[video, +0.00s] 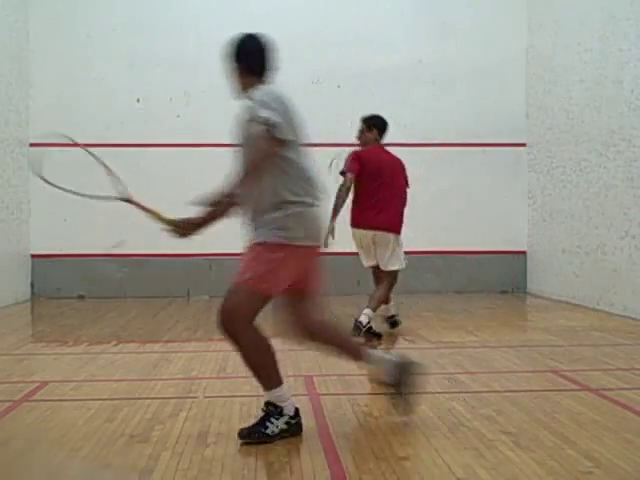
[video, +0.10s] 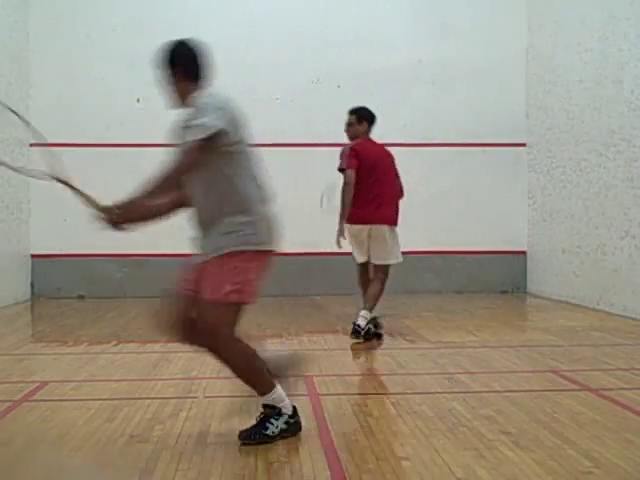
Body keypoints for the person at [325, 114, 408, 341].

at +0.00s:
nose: (358, 136)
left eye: (362, 132)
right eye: (359, 131)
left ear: (373, 133)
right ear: (379, 134)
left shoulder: (357, 157)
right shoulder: (396, 162)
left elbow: (346, 185)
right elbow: (403, 192)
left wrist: (332, 220)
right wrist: (395, 222)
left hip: (360, 226)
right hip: (389, 228)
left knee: (377, 273)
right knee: (388, 278)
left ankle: (389, 313)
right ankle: (364, 318)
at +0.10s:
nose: (346, 129)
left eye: (350, 124)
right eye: (347, 124)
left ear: (363, 125)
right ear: (366, 127)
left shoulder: (352, 149)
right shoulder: (385, 153)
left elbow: (349, 181)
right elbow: (399, 191)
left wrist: (342, 221)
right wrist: (381, 208)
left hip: (358, 218)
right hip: (384, 220)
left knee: (363, 268)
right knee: (379, 275)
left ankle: (370, 317)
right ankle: (362, 320)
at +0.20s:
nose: (335, 124)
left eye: (339, 119)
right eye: (335, 119)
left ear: (353, 119)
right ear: (356, 121)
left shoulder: (343, 144)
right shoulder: (376, 146)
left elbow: (348, 178)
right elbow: (392, 183)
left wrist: (345, 215)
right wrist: (380, 207)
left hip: (354, 214)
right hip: (378, 215)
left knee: (347, 262)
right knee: (374, 270)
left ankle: (352, 316)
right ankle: (363, 320)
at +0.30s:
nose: (323, 121)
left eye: (328, 116)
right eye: (323, 116)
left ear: (341, 117)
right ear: (344, 119)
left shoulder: (333, 142)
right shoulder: (364, 142)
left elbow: (340, 177)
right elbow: (386, 179)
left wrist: (340, 218)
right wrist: (378, 208)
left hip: (344, 212)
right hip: (371, 212)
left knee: (329, 263)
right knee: (368, 269)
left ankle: (332, 319)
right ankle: (361, 324)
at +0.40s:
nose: (312, 120)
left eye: (316, 115)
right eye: (311, 116)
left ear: (330, 117)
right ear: (331, 119)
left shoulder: (321, 142)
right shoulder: (353, 143)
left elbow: (326, 177)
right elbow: (378, 178)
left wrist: (323, 217)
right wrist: (374, 210)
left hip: (335, 215)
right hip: (362, 214)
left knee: (315, 266)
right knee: (363, 269)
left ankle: (317, 323)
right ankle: (360, 325)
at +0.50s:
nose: (298, 119)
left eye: (303, 114)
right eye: (298, 114)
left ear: (317, 115)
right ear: (320, 117)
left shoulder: (306, 142)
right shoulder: (341, 142)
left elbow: (308, 176)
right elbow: (366, 176)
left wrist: (301, 213)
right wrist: (365, 212)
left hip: (317, 215)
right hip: (346, 214)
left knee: (308, 271)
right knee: (354, 268)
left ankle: (312, 328)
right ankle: (360, 326)